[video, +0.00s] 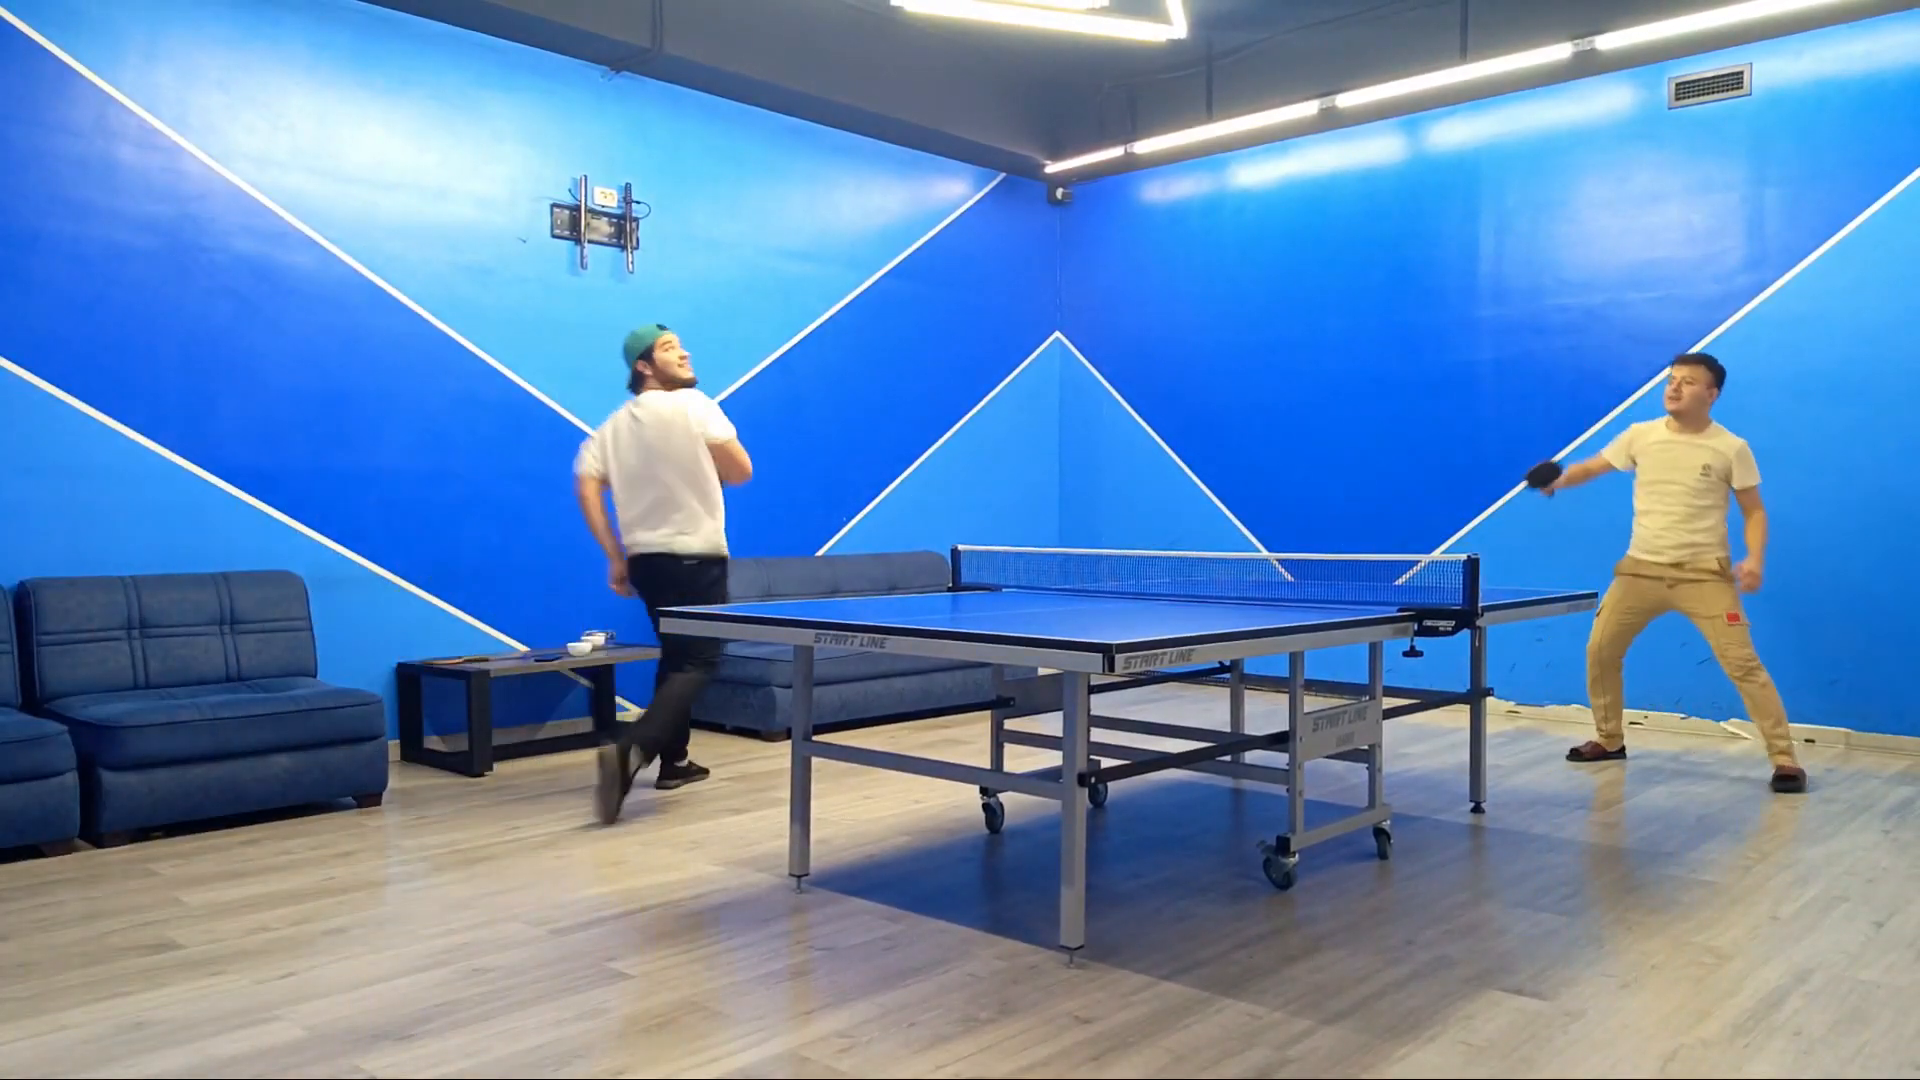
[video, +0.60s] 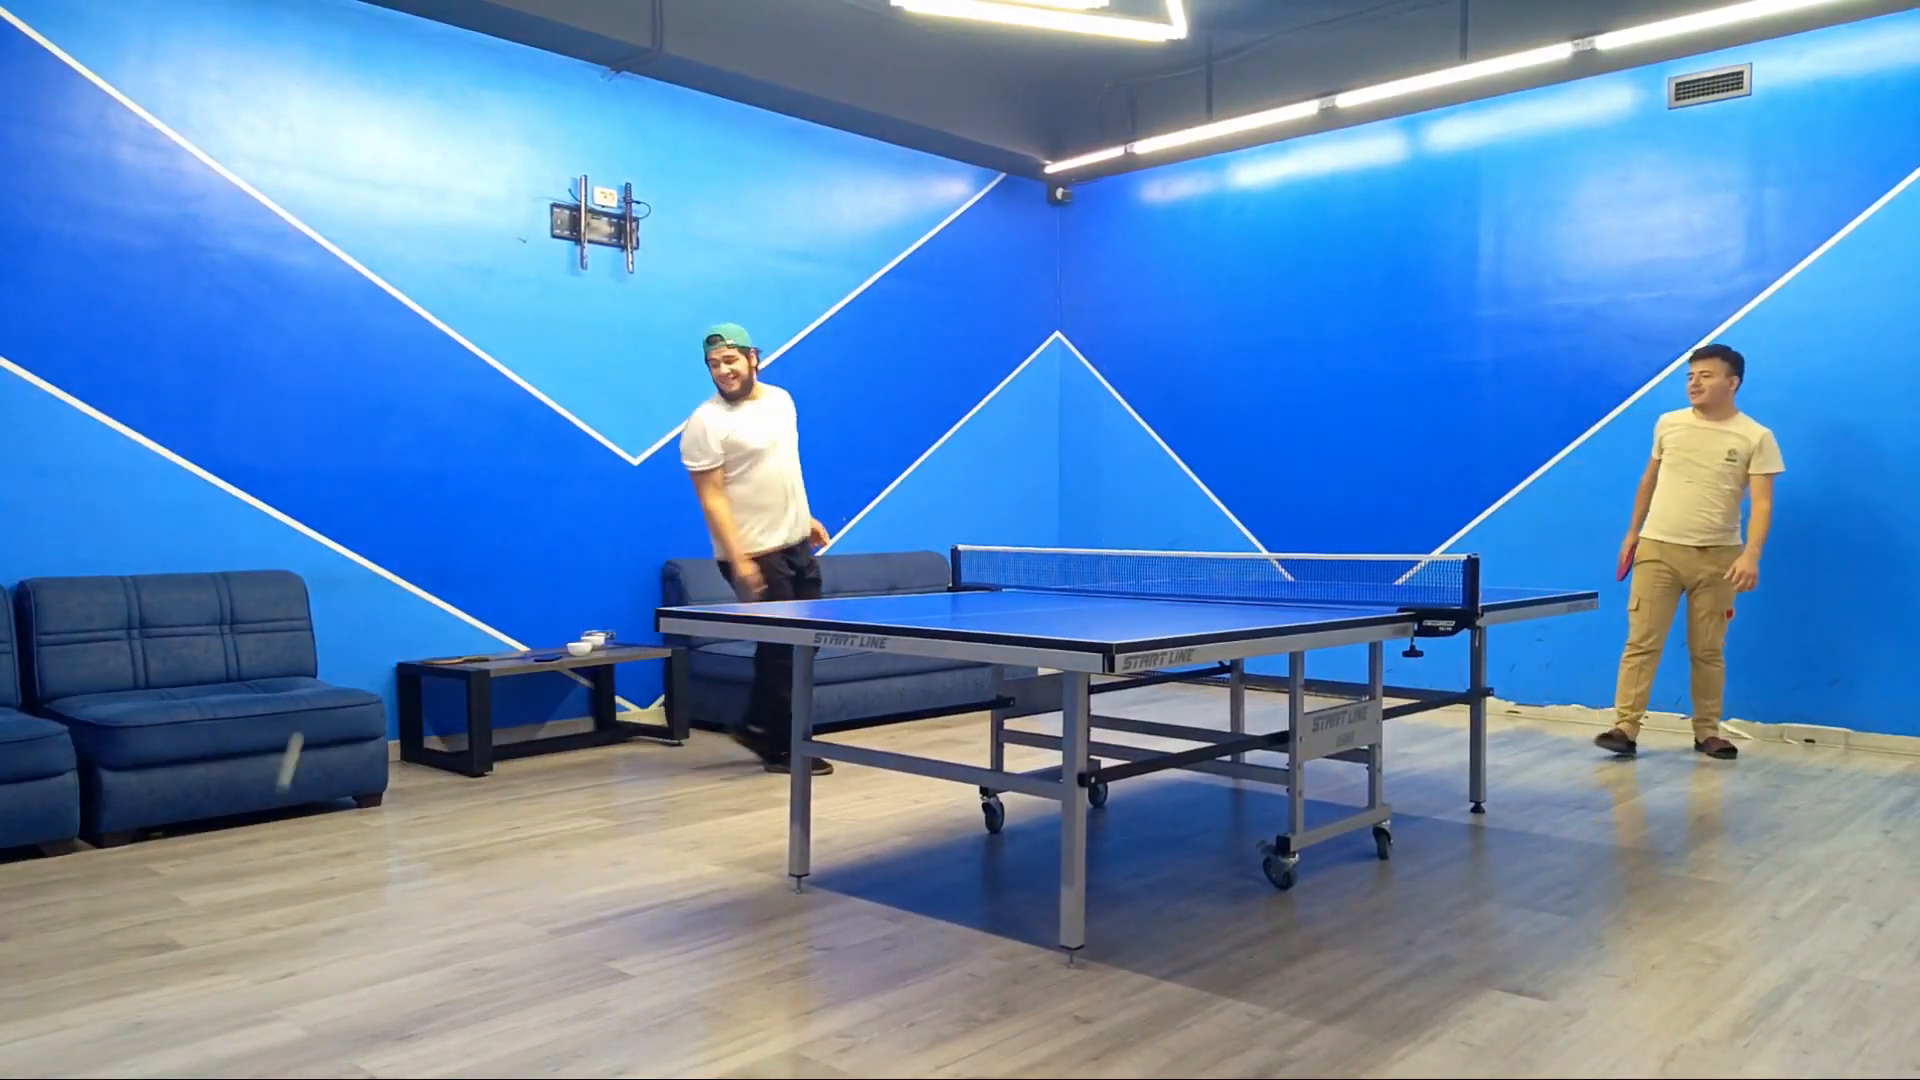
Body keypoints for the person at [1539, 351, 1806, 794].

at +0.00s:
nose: (1674, 387)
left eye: (1687, 382)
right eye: (1672, 380)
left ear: (1711, 394)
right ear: (1666, 387)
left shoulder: (1731, 449)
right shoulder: (1640, 435)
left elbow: (1754, 511)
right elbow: (1591, 466)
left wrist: (1755, 559)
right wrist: (1558, 480)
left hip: (1704, 577)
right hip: (1640, 572)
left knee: (1743, 664)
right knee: (1601, 649)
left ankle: (1784, 759)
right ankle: (1609, 741)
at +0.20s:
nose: (1663, 378)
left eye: (1675, 371)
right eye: (1659, 372)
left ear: (1699, 379)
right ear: (1653, 379)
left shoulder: (1721, 432)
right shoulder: (1633, 425)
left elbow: (1743, 495)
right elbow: (1592, 458)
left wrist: (1740, 544)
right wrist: (1574, 470)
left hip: (1699, 561)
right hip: (1637, 559)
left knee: (1721, 653)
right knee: (1618, 649)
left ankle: (1732, 738)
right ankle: (1609, 739)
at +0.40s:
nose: (1675, 385)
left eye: (1686, 378)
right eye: (1671, 379)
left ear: (1713, 384)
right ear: (1667, 384)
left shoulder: (1737, 439)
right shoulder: (1649, 430)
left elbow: (1747, 501)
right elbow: (1624, 481)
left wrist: (1743, 553)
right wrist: (1602, 526)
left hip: (1706, 563)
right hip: (1647, 558)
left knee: (1706, 655)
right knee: (1631, 650)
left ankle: (1708, 732)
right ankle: (1610, 737)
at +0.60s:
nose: (1695, 383)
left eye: (1706, 375)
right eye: (1692, 376)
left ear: (1732, 382)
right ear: (1688, 382)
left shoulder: (1755, 437)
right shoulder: (1669, 425)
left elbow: (1761, 504)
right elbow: (1649, 482)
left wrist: (1752, 554)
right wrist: (1633, 534)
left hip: (1716, 557)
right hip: (1657, 550)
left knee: (1707, 650)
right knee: (1641, 642)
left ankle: (1708, 732)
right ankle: (1625, 728)